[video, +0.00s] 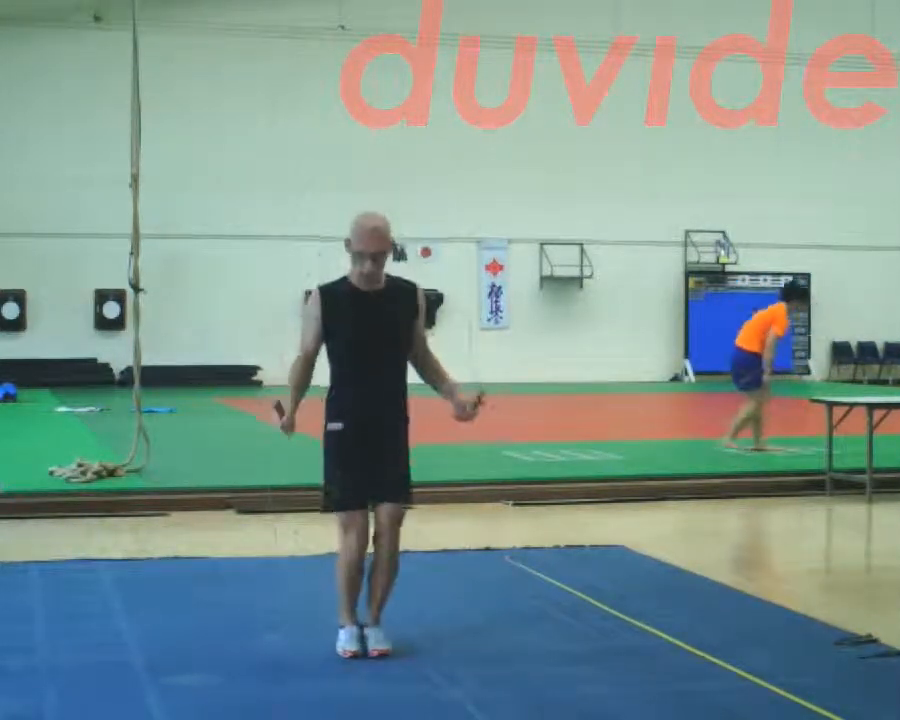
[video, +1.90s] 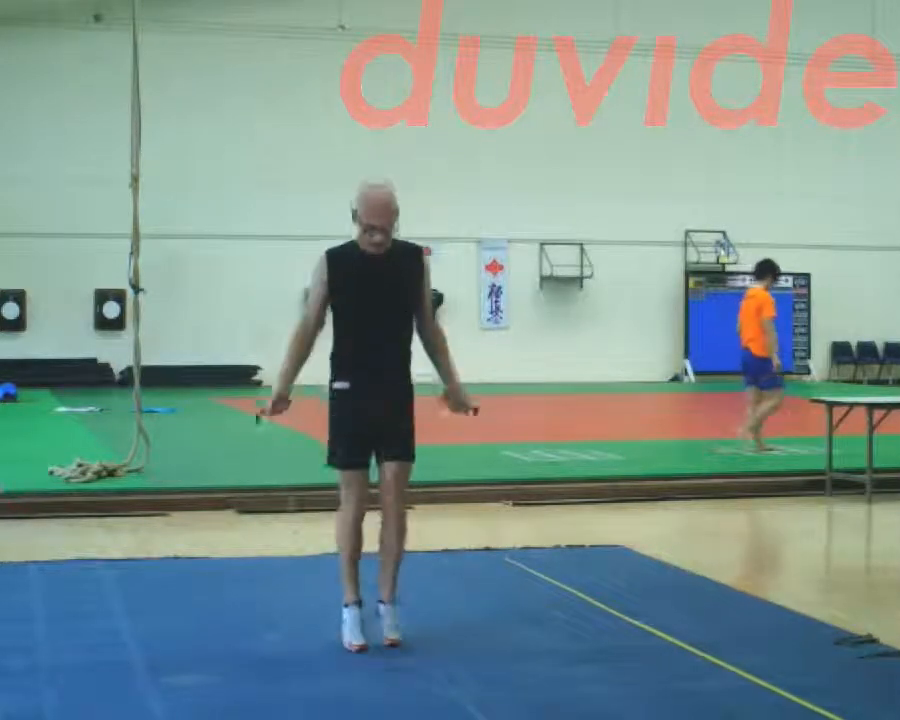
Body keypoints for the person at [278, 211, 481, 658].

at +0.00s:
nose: (371, 267)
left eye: (379, 257)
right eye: (362, 257)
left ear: (391, 251)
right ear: (347, 251)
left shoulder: (410, 296)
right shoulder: (323, 300)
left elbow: (420, 354)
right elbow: (306, 357)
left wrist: (454, 394)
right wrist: (291, 403)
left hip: (392, 424)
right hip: (345, 425)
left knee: (389, 525)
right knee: (354, 529)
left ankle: (373, 623)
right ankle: (348, 624)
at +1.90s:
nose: (377, 238)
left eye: (385, 229)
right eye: (369, 229)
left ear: (397, 221)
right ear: (355, 219)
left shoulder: (414, 260)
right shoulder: (332, 263)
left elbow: (429, 328)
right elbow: (309, 327)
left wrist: (452, 384)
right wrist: (284, 385)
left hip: (396, 391)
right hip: (350, 393)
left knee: (395, 497)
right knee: (354, 499)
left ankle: (386, 603)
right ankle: (353, 605)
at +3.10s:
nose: (380, 192)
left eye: (387, 184)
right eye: (371, 185)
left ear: (397, 185)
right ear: (355, 187)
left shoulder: (416, 234)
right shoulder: (334, 236)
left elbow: (432, 302)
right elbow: (315, 305)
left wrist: (463, 350)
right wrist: (290, 353)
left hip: (396, 357)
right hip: (350, 358)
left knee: (395, 452)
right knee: (358, 452)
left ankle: (387, 559)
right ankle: (357, 558)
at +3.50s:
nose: (377, 256)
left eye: (384, 248)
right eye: (369, 248)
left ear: (396, 251)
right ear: (355, 251)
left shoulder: (418, 303)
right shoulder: (336, 306)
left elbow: (433, 365)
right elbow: (320, 368)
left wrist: (465, 395)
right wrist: (301, 408)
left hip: (399, 420)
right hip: (354, 421)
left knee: (396, 521)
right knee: (366, 523)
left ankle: (389, 614)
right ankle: (363, 615)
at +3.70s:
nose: (377, 191)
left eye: (386, 183)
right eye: (368, 182)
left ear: (397, 183)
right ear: (355, 183)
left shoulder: (417, 230)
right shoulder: (334, 233)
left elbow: (430, 296)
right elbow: (318, 298)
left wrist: (457, 346)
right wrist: (301, 351)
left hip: (398, 351)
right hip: (352, 351)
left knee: (399, 448)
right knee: (361, 449)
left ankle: (390, 553)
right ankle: (358, 555)